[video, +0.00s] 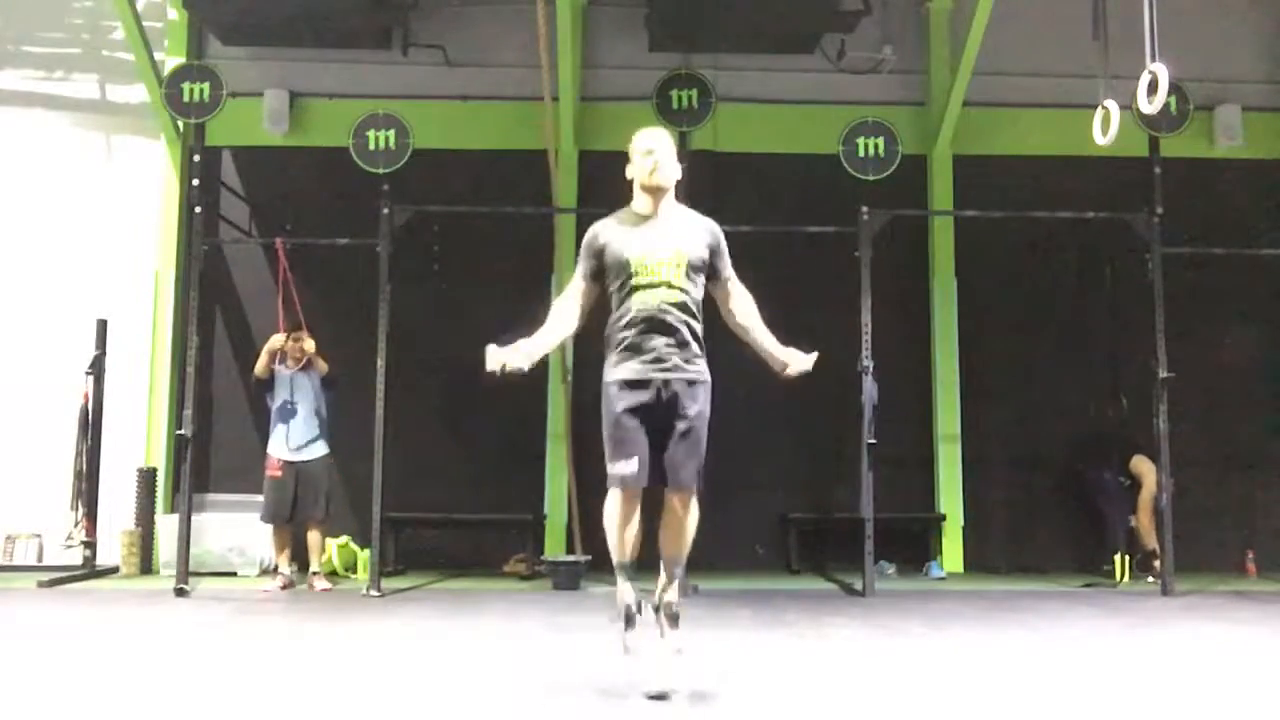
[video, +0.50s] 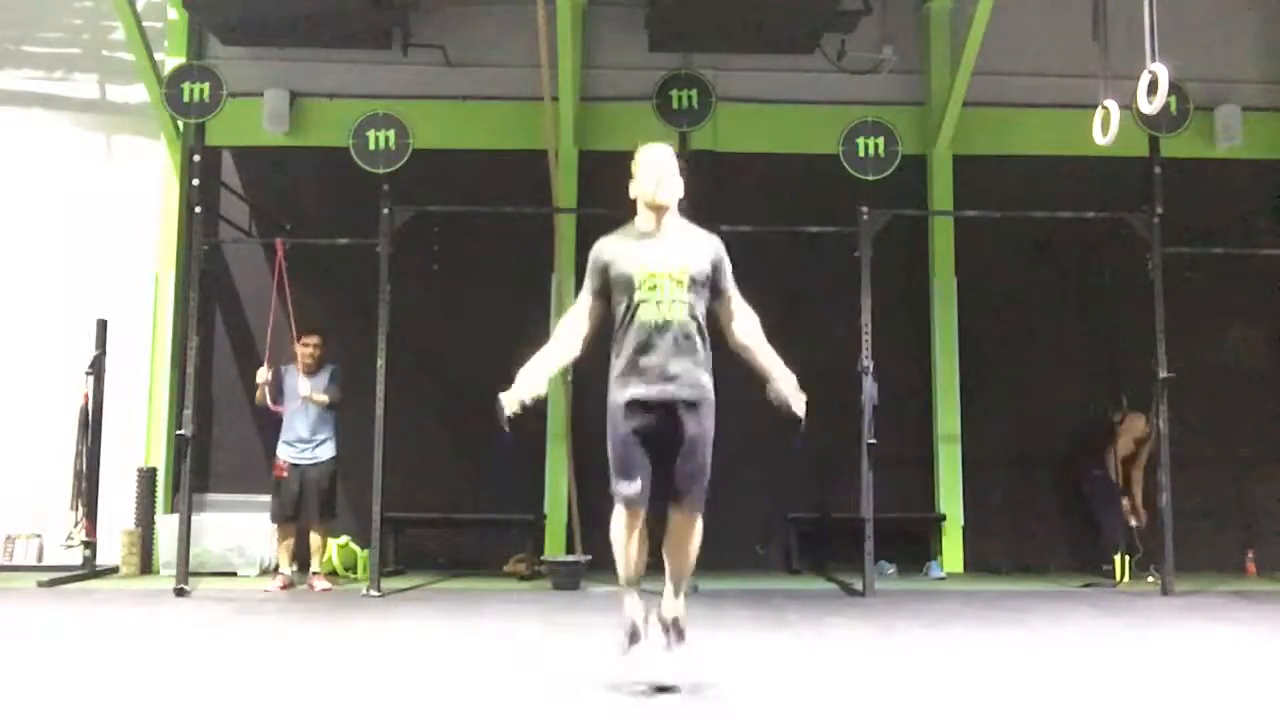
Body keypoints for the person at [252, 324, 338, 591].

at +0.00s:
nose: (299, 351)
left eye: (303, 346)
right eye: (295, 345)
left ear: (308, 349)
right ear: (285, 346)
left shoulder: (316, 372)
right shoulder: (273, 373)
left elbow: (329, 375)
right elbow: (259, 373)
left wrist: (314, 356)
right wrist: (269, 349)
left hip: (314, 452)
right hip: (280, 452)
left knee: (315, 516)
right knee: (279, 517)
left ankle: (315, 572)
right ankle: (283, 572)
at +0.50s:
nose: (310, 351)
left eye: (315, 347)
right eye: (305, 345)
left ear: (322, 351)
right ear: (296, 348)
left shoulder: (330, 373)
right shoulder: (284, 373)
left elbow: (333, 398)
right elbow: (263, 403)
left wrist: (311, 396)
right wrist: (263, 385)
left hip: (320, 453)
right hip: (288, 452)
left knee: (318, 517)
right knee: (285, 516)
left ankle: (316, 572)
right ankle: (284, 572)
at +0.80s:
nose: (319, 372)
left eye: (324, 367)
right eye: (314, 366)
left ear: (332, 367)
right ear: (306, 365)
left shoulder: (341, 388)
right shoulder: (294, 381)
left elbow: (339, 417)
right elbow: (278, 406)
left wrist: (324, 437)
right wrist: (269, 421)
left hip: (327, 462)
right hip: (294, 460)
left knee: (325, 517)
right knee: (278, 511)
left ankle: (316, 574)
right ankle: (276, 567)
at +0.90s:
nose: (320, 381)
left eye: (326, 376)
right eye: (316, 375)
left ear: (338, 374)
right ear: (311, 370)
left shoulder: (345, 395)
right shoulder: (298, 384)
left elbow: (340, 430)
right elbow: (281, 415)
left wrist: (320, 459)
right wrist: (273, 440)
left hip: (325, 456)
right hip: (293, 452)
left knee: (324, 515)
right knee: (262, 465)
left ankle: (316, 572)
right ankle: (269, 529)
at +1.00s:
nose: (322, 388)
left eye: (328, 385)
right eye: (320, 382)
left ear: (340, 381)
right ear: (316, 375)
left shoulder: (349, 401)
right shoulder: (301, 386)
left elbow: (342, 441)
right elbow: (285, 423)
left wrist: (321, 475)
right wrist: (280, 460)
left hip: (328, 457)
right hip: (298, 449)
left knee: (321, 514)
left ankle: (316, 571)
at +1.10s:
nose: (327, 391)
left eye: (333, 388)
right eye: (325, 386)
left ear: (344, 384)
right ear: (320, 377)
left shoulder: (351, 404)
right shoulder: (304, 387)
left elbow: (346, 445)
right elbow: (289, 425)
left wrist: (325, 483)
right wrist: (285, 462)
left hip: (327, 454)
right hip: (300, 445)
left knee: (321, 514)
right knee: (255, 422)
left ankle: (316, 573)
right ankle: (291, 470)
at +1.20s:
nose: (328, 390)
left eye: (334, 387)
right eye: (325, 384)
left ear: (345, 383)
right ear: (321, 377)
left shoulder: (353, 403)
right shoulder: (307, 387)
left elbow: (347, 445)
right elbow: (289, 425)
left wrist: (324, 481)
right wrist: (284, 463)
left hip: (327, 455)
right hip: (300, 446)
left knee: (321, 513)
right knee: (256, 423)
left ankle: (316, 572)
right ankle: (291, 472)